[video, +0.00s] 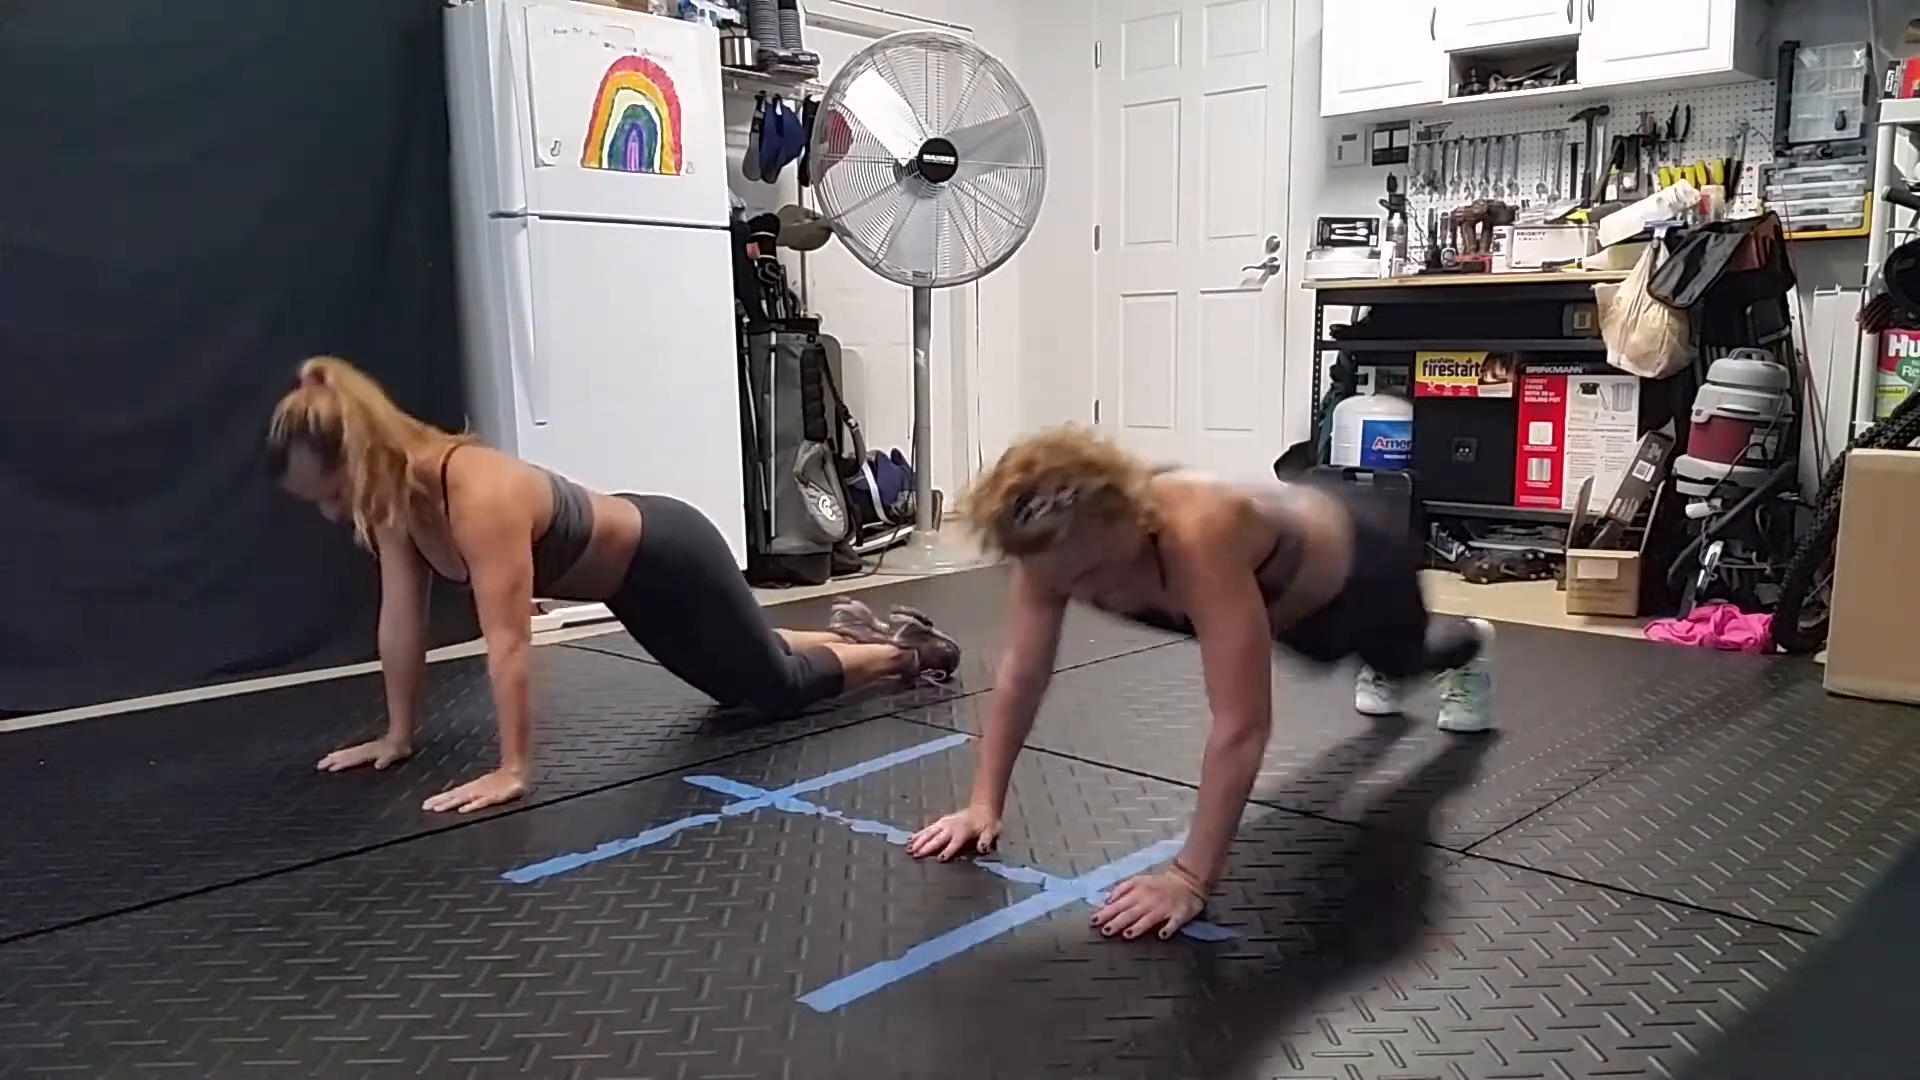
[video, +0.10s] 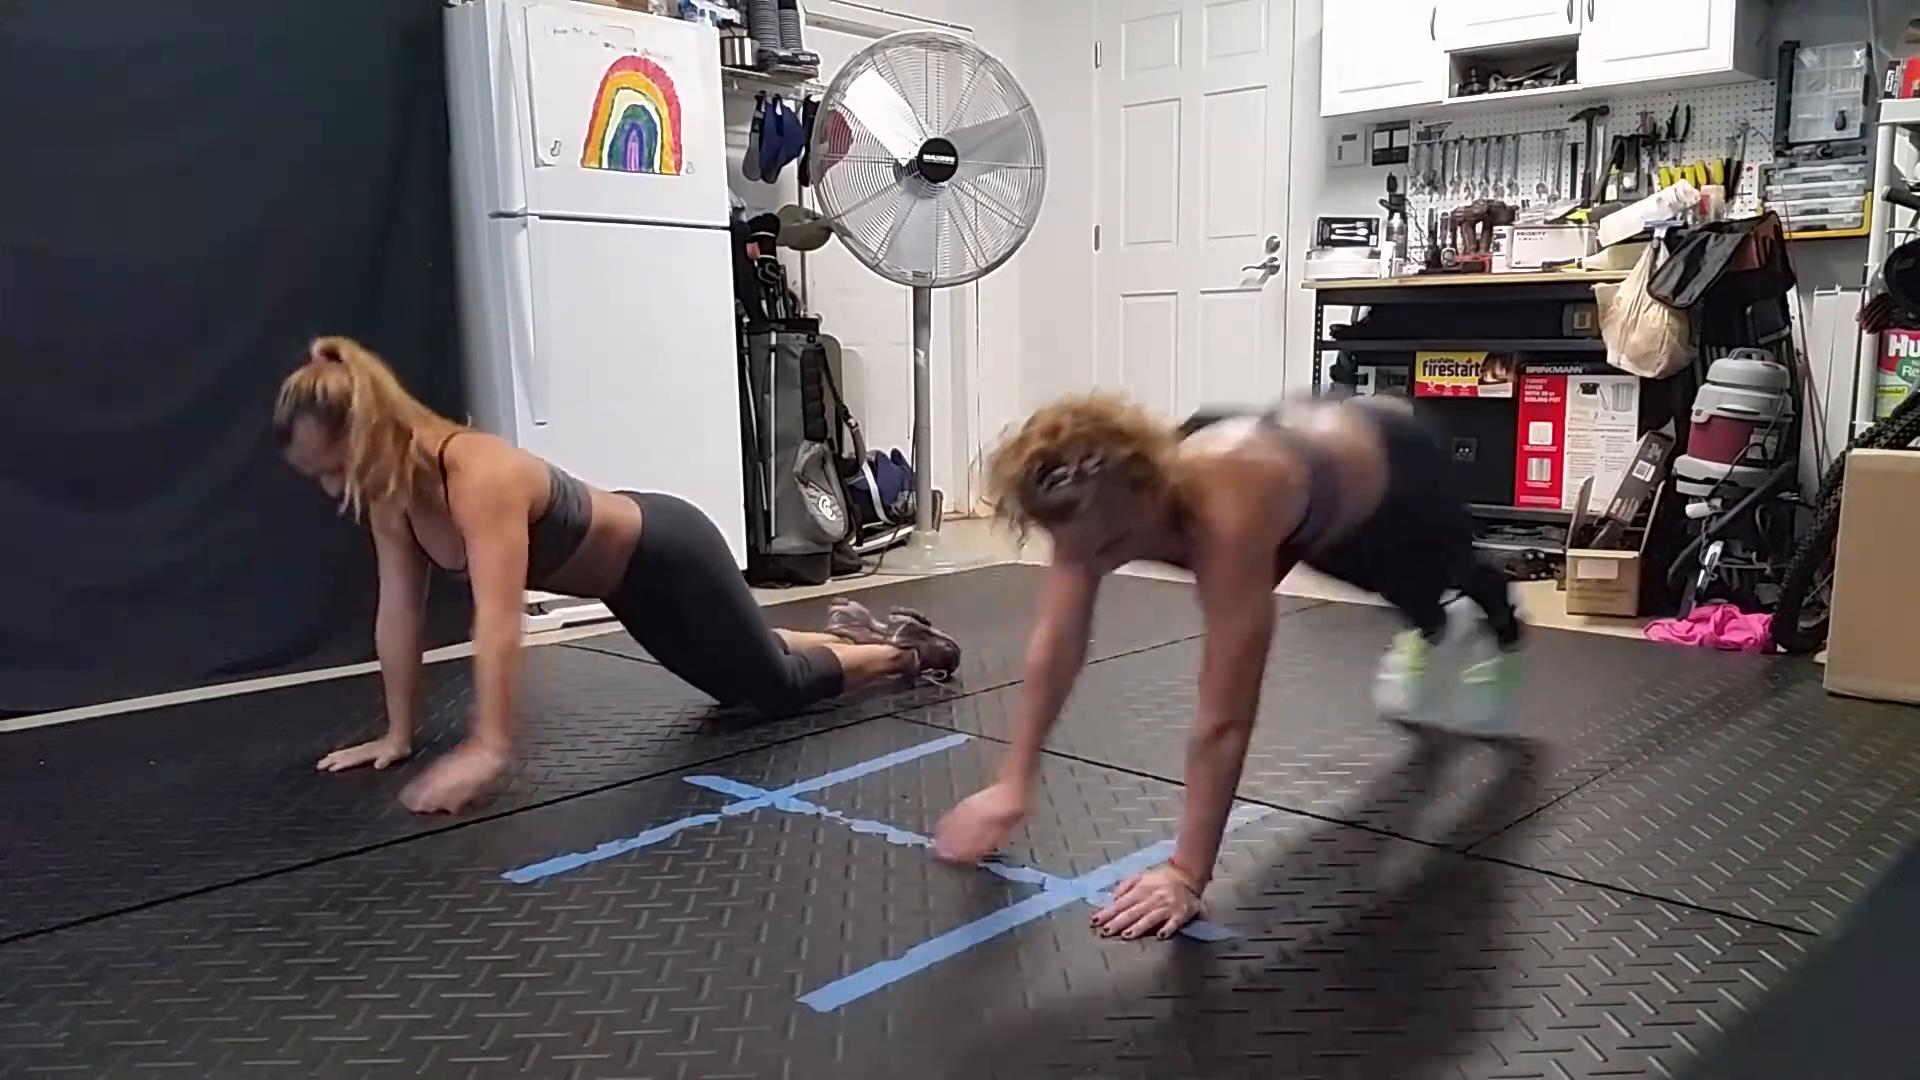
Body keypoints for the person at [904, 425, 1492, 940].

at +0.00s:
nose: (1085, 595)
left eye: (1093, 574)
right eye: (1067, 581)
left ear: (1124, 528)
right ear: (1043, 559)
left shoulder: (1202, 531)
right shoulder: (1050, 548)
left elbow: (1242, 729)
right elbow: (1019, 679)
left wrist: (1189, 876)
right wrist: (983, 803)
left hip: (1358, 567)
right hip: (1277, 596)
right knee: (1340, 642)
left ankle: (1469, 639)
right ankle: (1383, 666)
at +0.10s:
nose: (1087, 559)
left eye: (1097, 540)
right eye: (1075, 547)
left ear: (1140, 493)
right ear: (1061, 520)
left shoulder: (1233, 503)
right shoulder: (1087, 510)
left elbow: (1224, 723)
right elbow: (1056, 646)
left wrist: (1185, 874)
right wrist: (1012, 785)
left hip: (1390, 460)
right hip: (1306, 473)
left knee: (1457, 564)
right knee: (1391, 574)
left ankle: (1507, 629)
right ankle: (1435, 625)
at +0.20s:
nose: (1131, 545)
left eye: (1142, 525)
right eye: (1114, 532)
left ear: (1180, 482)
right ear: (1095, 503)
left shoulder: (1269, 472)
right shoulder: (1121, 485)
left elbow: (1308, 690)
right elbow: (1110, 637)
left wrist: (1260, 857)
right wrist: (1113, 792)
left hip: (1430, 436)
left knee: (1508, 543)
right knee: (1441, 555)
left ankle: (1581, 621)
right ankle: (1497, 611)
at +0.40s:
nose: (1199, 684)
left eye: (1205, 664)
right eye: (1182, 673)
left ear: (1235, 617)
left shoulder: (1348, 576)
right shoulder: (1193, 603)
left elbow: (1461, 768)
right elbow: (1189, 724)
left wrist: (1483, 954)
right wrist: (1189, 877)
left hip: (1499, 570)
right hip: (1416, 581)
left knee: (1599, 640)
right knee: (1515, 649)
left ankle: (1694, 679)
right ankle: (1578, 678)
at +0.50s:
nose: (1208, 730)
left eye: (1211, 713)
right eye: (1190, 725)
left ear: (1236, 668)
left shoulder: (1364, 615)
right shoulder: (1211, 629)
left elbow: (1499, 777)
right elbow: (1199, 733)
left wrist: (1485, 957)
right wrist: (1189, 874)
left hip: (1515, 639)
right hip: (1426, 631)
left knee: (1611, 679)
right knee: (1562, 677)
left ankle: (1688, 674)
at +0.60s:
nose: (1203, 810)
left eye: (1207, 794)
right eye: (1187, 799)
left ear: (1240, 750)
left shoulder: (1363, 688)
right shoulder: (1212, 672)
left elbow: (1534, 786)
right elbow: (1191, 772)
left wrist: (1487, 957)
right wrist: (1188, 877)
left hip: (1519, 676)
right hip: (1436, 646)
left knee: (1615, 688)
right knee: (1532, 654)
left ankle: (1691, 668)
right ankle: (1591, 640)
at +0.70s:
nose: (1202, 903)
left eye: (1214, 888)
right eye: (1177, 892)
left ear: (1250, 834)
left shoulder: (1372, 760)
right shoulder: (1207, 696)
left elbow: (1543, 793)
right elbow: (1194, 767)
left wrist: (1487, 959)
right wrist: (1185, 876)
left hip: (1514, 702)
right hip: (1419, 660)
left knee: (1612, 691)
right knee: (1536, 652)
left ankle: (1692, 666)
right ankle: (1599, 637)